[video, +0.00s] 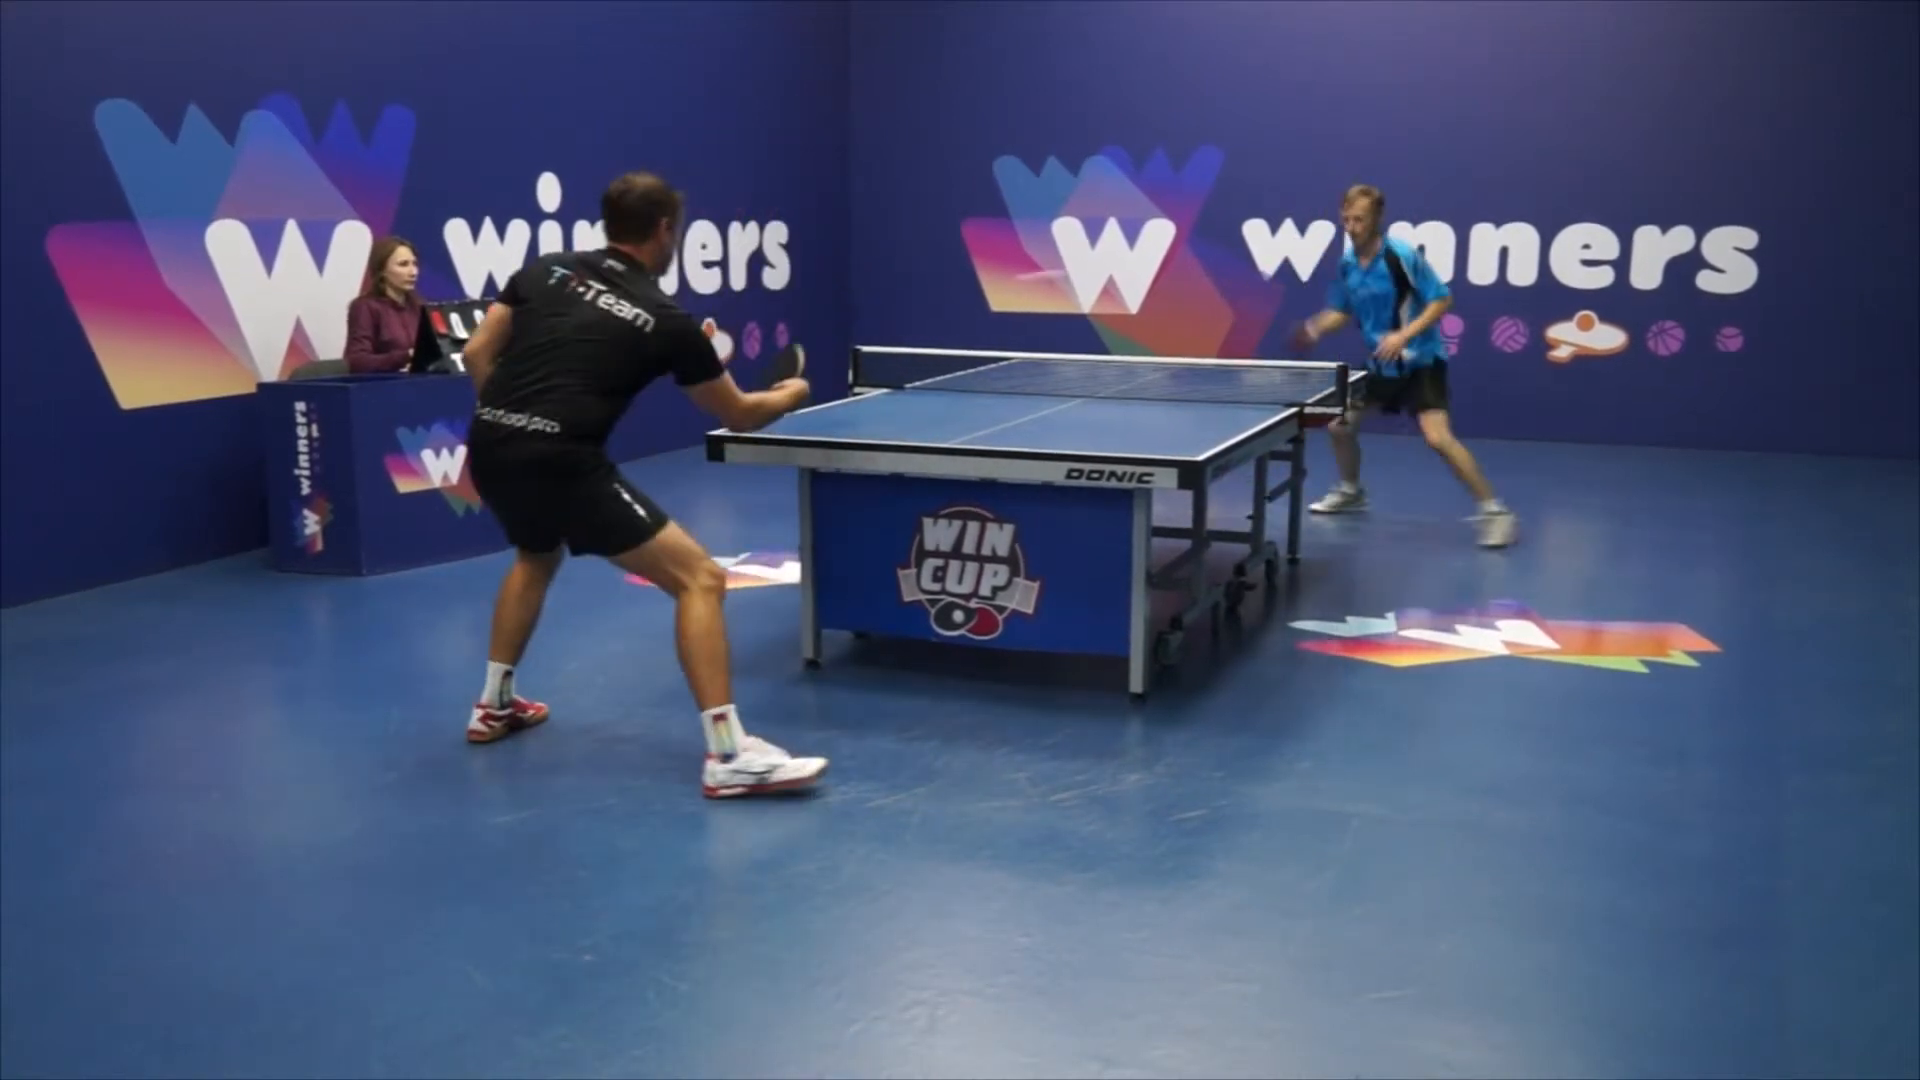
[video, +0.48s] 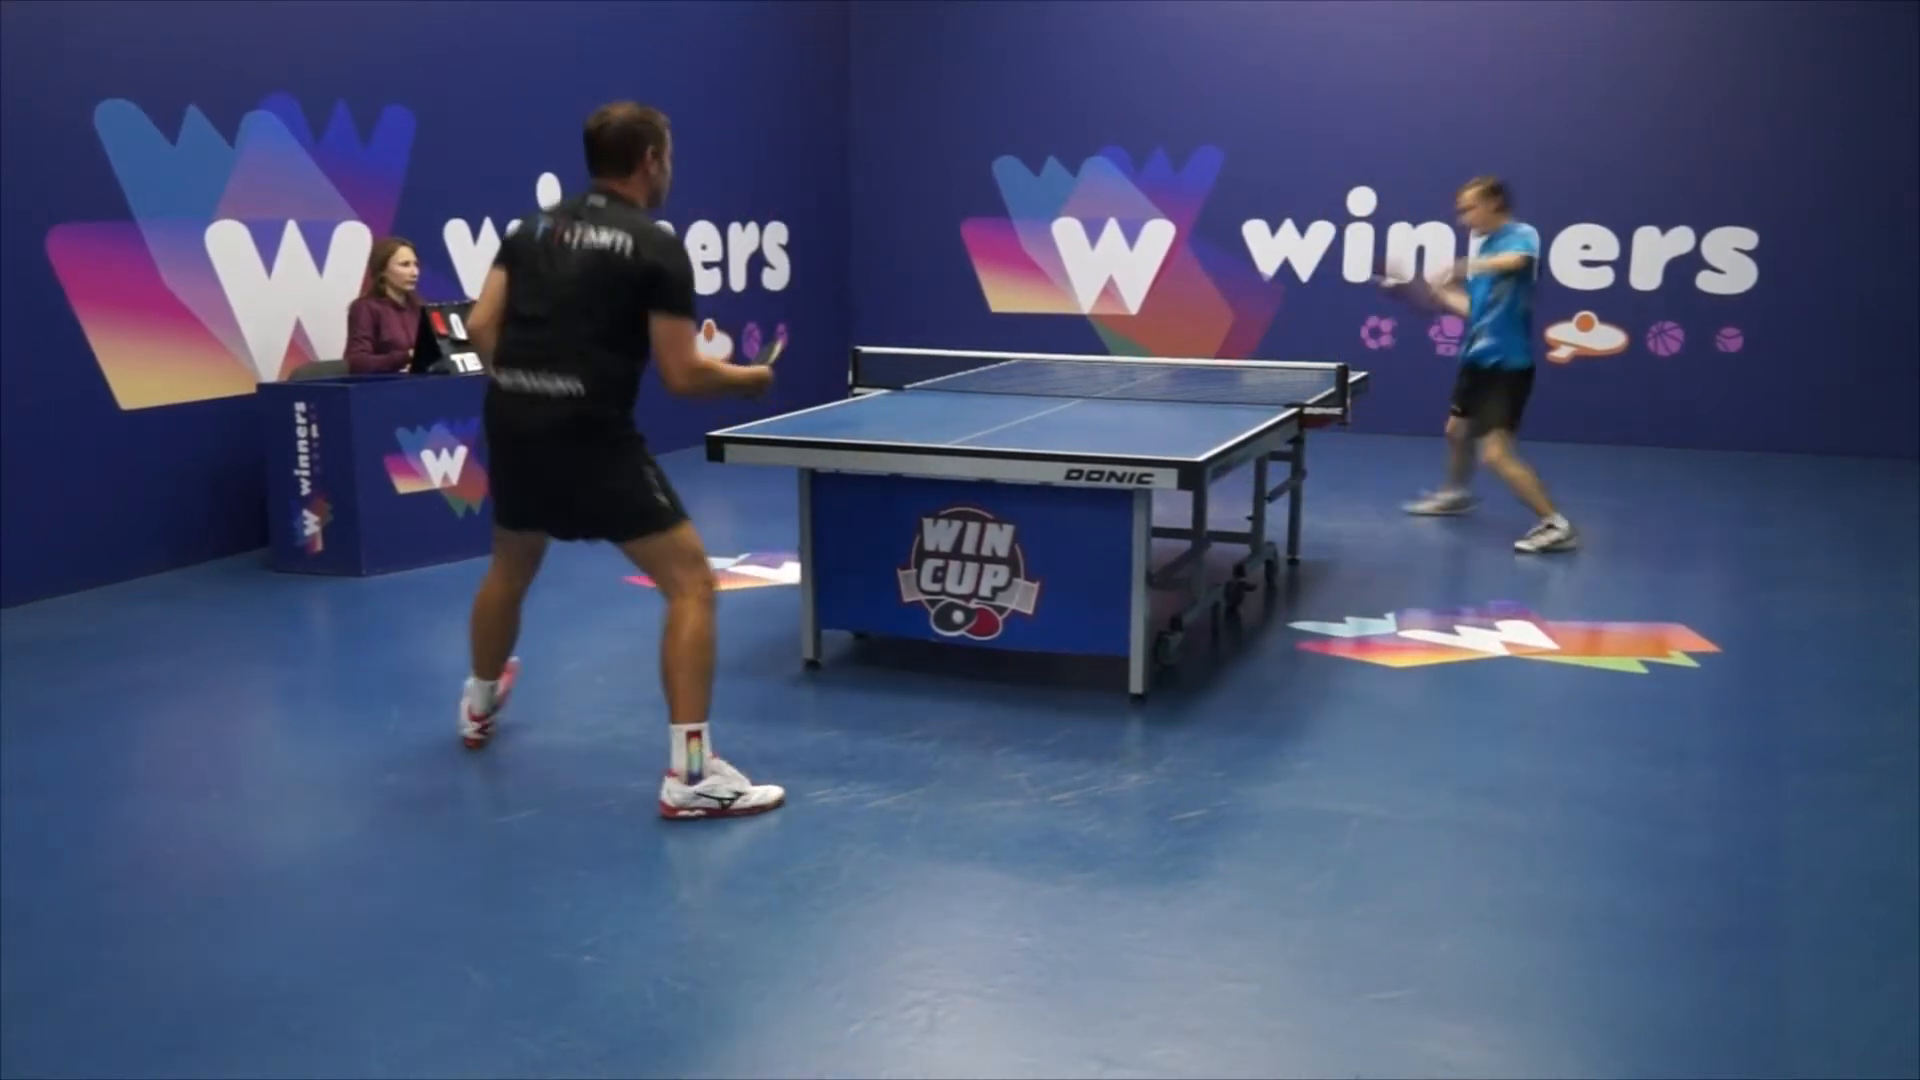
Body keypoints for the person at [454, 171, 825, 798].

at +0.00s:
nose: (674, 241)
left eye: (673, 231)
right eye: (674, 231)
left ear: (608, 227)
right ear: (661, 233)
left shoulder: (547, 270)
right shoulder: (667, 322)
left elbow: (477, 353)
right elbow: (739, 413)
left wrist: (504, 416)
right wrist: (789, 393)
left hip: (491, 449)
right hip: (563, 461)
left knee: (536, 555)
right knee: (699, 580)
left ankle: (493, 702)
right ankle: (728, 750)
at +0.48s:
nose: (668, 170)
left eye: (665, 157)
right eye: (666, 158)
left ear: (594, 164)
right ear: (649, 163)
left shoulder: (534, 229)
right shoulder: (657, 248)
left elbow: (482, 324)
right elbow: (683, 374)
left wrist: (518, 378)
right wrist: (750, 377)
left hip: (514, 429)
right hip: (595, 436)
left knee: (508, 569)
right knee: (690, 584)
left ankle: (479, 700)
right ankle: (691, 767)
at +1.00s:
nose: (533, 198)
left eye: (531, 185)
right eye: (529, 186)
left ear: (457, 189)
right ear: (506, 190)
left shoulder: (411, 259)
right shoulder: (525, 292)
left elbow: (450, 368)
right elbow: (602, 368)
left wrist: (533, 404)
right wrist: (658, 358)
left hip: (433, 468)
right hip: (502, 474)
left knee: (454, 609)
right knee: (589, 622)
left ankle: (342, 740)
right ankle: (616, 811)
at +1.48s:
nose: (645, 174)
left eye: (642, 162)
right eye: (641, 164)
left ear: (564, 171)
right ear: (627, 171)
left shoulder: (504, 235)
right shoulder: (639, 248)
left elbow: (439, 332)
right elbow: (672, 381)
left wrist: (476, 389)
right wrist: (707, 363)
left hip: (504, 452)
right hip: (594, 453)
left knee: (481, 581)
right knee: (720, 594)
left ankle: (419, 739)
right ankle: (703, 774)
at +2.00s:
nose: (805, 236)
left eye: (807, 223)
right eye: (807, 222)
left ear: (733, 208)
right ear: (783, 219)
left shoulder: (669, 260)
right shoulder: (750, 320)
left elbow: (603, 358)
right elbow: (770, 461)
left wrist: (689, 397)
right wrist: (888, 463)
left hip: (600, 480)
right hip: (678, 501)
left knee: (585, 636)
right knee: (824, 634)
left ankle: (483, 782)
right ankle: (831, 836)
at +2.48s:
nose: (938, 234)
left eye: (937, 220)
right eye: (938, 221)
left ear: (868, 207)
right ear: (918, 220)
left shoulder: (802, 257)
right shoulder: (898, 308)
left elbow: (702, 306)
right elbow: (946, 422)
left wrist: (640, 343)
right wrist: (1058, 392)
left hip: (734, 460)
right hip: (804, 486)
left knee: (788, 548)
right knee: (845, 672)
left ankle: (761, 667)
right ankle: (764, 852)